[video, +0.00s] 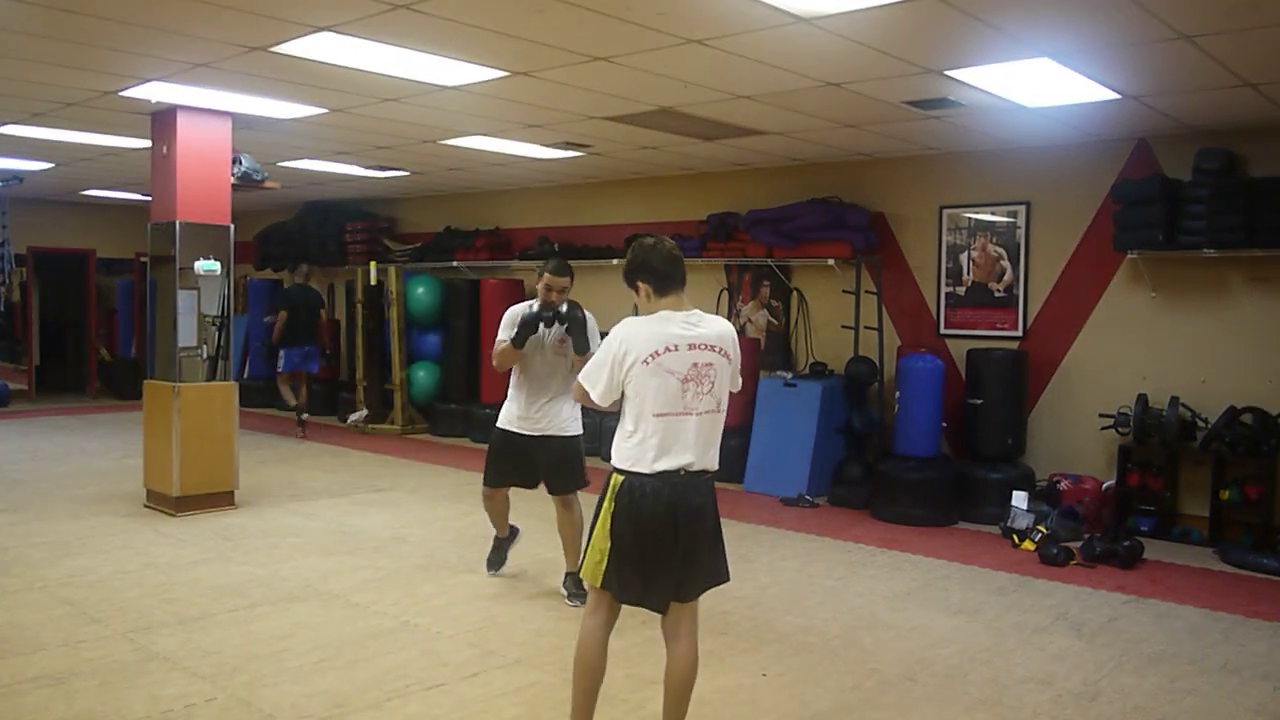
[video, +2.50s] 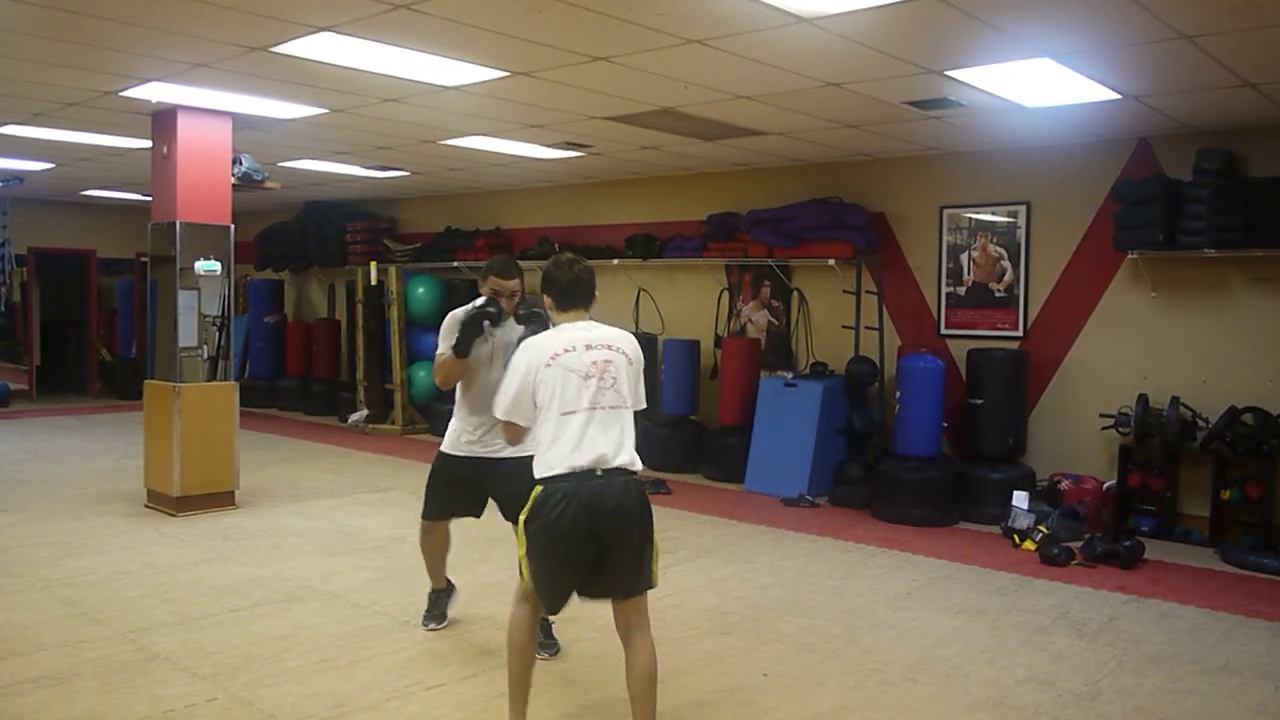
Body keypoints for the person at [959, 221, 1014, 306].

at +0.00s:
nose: (983, 241)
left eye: (985, 237)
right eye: (979, 237)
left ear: (990, 237)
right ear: (975, 237)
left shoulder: (998, 252)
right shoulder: (971, 253)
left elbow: (1009, 272)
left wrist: (1000, 286)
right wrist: (966, 279)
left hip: (992, 288)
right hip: (975, 287)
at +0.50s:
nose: (983, 241)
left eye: (985, 237)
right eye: (979, 237)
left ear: (990, 237)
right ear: (975, 237)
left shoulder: (998, 252)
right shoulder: (971, 253)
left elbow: (1009, 272)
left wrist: (1000, 286)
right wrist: (966, 279)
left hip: (992, 288)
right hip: (975, 287)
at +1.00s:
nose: (983, 241)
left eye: (985, 237)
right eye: (979, 237)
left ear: (990, 237)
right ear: (975, 237)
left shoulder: (998, 252)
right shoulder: (971, 253)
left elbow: (1009, 272)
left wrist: (1000, 286)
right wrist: (966, 279)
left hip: (992, 288)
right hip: (975, 287)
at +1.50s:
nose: (983, 241)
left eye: (985, 237)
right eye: (979, 237)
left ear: (990, 237)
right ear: (975, 237)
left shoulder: (998, 252)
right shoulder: (971, 253)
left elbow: (1009, 272)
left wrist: (1000, 286)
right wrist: (966, 279)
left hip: (992, 288)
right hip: (975, 287)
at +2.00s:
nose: (983, 241)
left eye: (985, 237)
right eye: (979, 237)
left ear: (990, 237)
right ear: (975, 237)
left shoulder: (998, 252)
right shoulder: (971, 253)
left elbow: (1009, 272)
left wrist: (1000, 286)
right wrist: (966, 279)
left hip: (992, 288)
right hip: (975, 287)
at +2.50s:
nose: (983, 241)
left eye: (986, 237)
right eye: (980, 237)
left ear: (990, 238)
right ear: (976, 238)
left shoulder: (999, 253)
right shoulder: (972, 252)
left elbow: (1010, 272)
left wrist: (1001, 286)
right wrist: (967, 278)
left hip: (991, 288)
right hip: (976, 286)